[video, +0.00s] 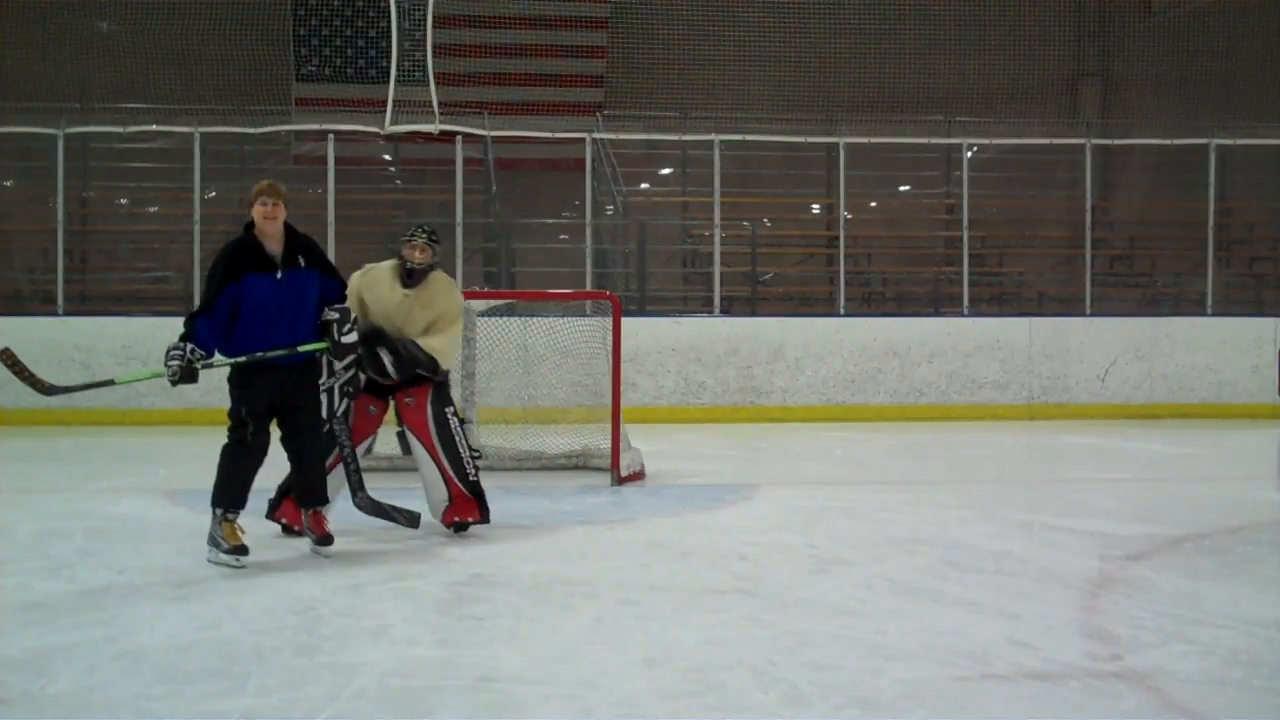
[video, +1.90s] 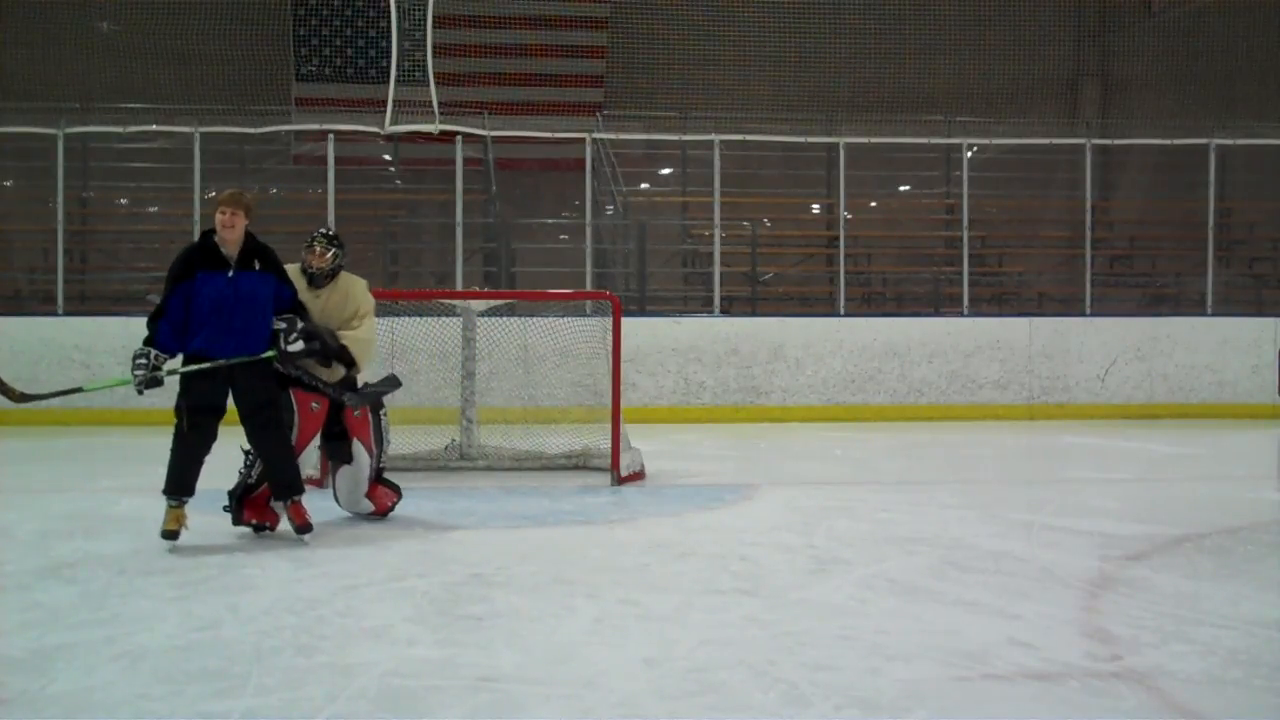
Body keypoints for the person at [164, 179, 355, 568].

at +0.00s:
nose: (269, 210)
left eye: (275, 205)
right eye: (262, 204)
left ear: (285, 211)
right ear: (251, 211)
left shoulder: (307, 251)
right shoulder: (235, 256)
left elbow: (336, 294)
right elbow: (212, 311)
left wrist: (339, 324)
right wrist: (192, 348)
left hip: (301, 366)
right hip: (252, 369)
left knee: (309, 441)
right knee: (248, 442)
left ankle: (312, 509)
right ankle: (224, 522)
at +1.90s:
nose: (227, 219)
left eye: (234, 215)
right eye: (222, 213)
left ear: (247, 221)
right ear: (214, 218)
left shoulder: (265, 259)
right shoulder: (192, 259)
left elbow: (289, 304)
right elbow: (171, 312)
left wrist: (290, 328)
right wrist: (152, 354)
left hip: (255, 362)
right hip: (204, 363)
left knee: (271, 431)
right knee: (193, 434)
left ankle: (292, 500)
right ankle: (175, 505)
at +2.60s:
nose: (247, 225)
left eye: (254, 219)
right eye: (241, 218)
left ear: (266, 224)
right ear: (231, 222)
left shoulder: (276, 263)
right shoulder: (209, 265)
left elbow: (294, 308)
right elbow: (191, 327)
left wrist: (309, 328)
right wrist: (203, 373)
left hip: (267, 374)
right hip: (220, 378)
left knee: (286, 444)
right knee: (211, 452)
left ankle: (290, 517)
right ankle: (184, 532)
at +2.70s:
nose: (268, 228)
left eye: (276, 222)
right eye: (262, 220)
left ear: (286, 228)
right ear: (249, 223)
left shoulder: (288, 266)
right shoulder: (227, 265)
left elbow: (299, 312)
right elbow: (214, 328)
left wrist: (316, 326)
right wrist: (230, 377)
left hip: (279, 374)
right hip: (232, 376)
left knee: (304, 442)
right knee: (230, 454)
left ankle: (298, 522)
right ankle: (193, 535)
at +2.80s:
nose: (300, 238)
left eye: (306, 231)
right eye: (293, 230)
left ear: (311, 237)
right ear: (274, 232)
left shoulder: (303, 278)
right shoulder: (253, 274)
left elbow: (305, 329)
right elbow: (243, 339)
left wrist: (322, 353)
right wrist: (268, 378)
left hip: (291, 380)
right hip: (246, 380)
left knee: (330, 441)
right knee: (244, 456)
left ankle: (316, 525)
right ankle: (200, 535)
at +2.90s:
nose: (335, 253)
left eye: (340, 246)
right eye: (328, 244)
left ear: (344, 251)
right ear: (309, 245)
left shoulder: (319, 288)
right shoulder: (290, 282)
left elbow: (325, 344)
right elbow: (295, 349)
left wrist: (347, 374)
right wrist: (329, 378)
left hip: (302, 389)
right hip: (266, 388)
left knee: (356, 441)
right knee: (261, 464)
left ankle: (343, 524)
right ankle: (207, 537)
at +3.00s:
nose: (382, 254)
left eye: (384, 247)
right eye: (375, 247)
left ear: (381, 252)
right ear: (354, 248)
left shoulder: (359, 286)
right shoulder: (339, 283)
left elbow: (357, 343)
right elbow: (346, 344)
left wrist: (384, 374)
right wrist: (381, 376)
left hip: (339, 386)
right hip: (300, 383)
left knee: (382, 441)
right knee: (275, 462)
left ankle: (362, 527)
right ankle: (213, 539)